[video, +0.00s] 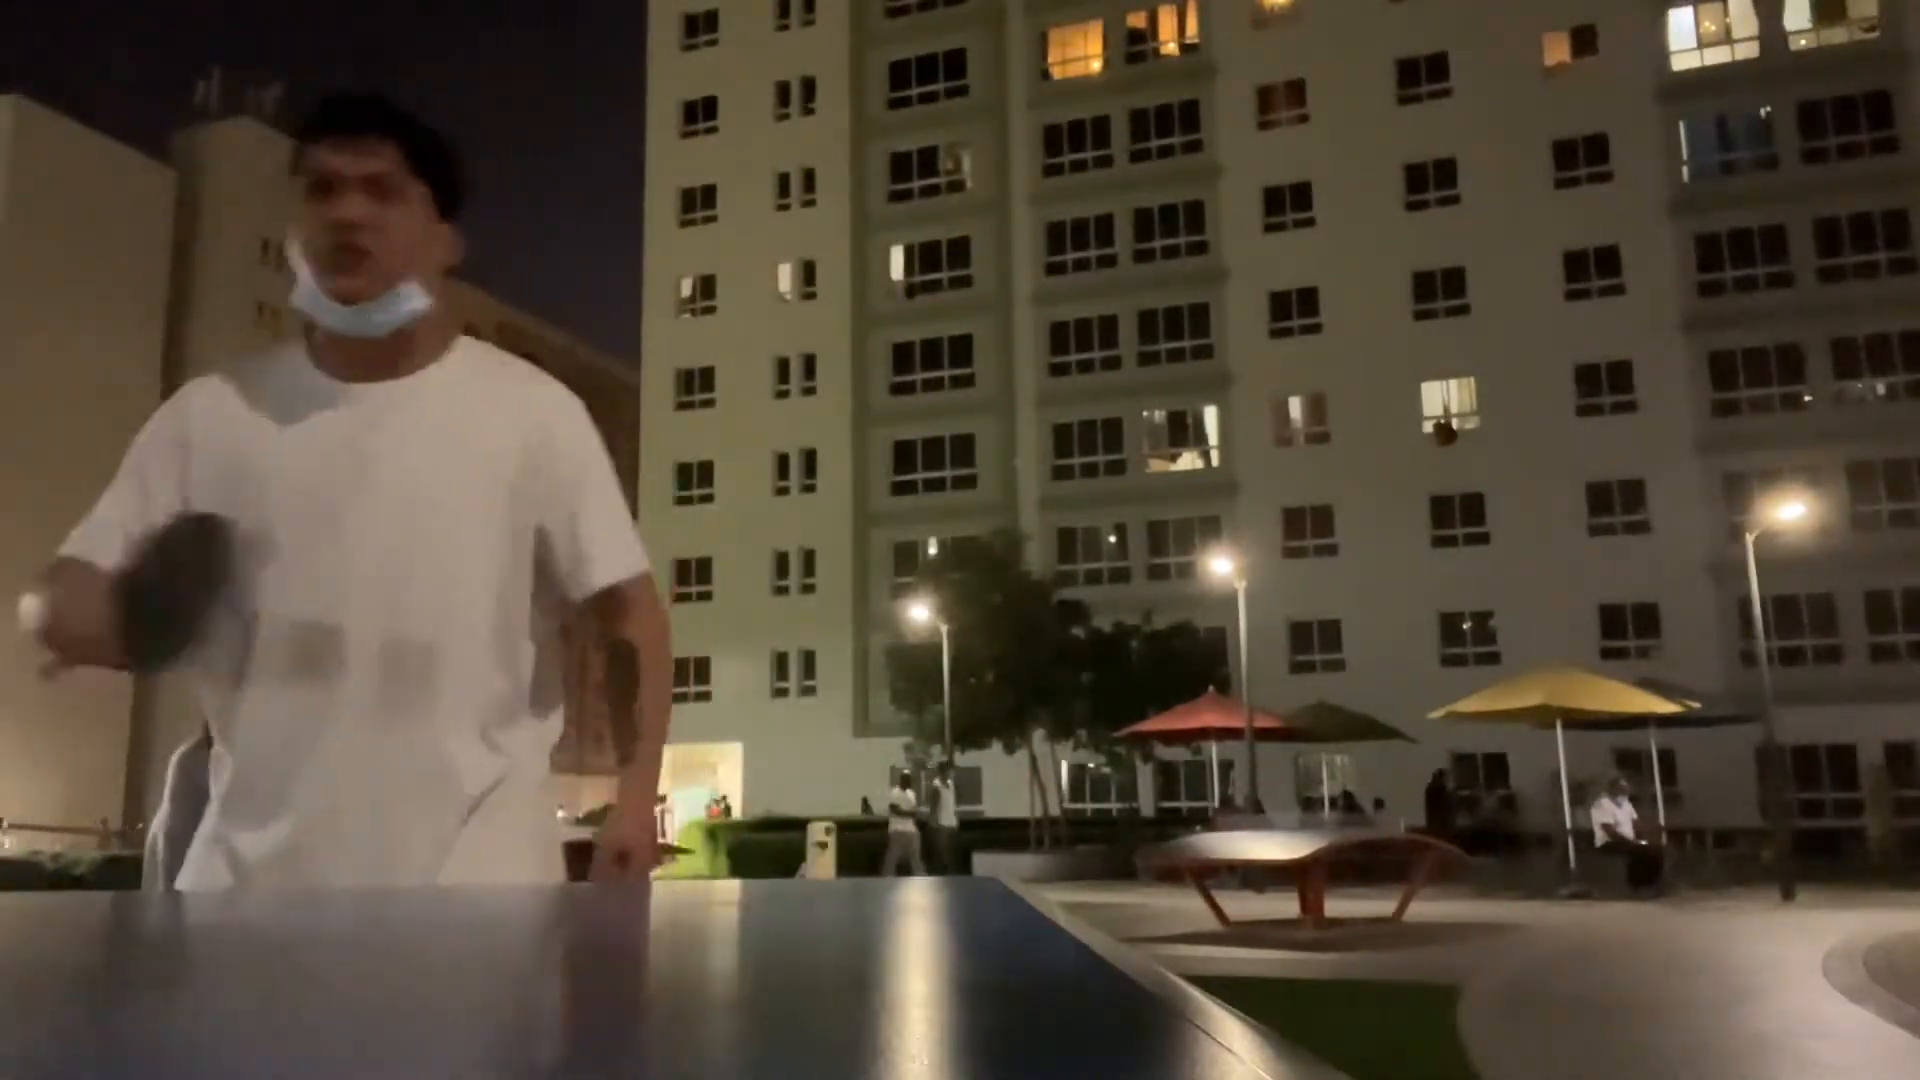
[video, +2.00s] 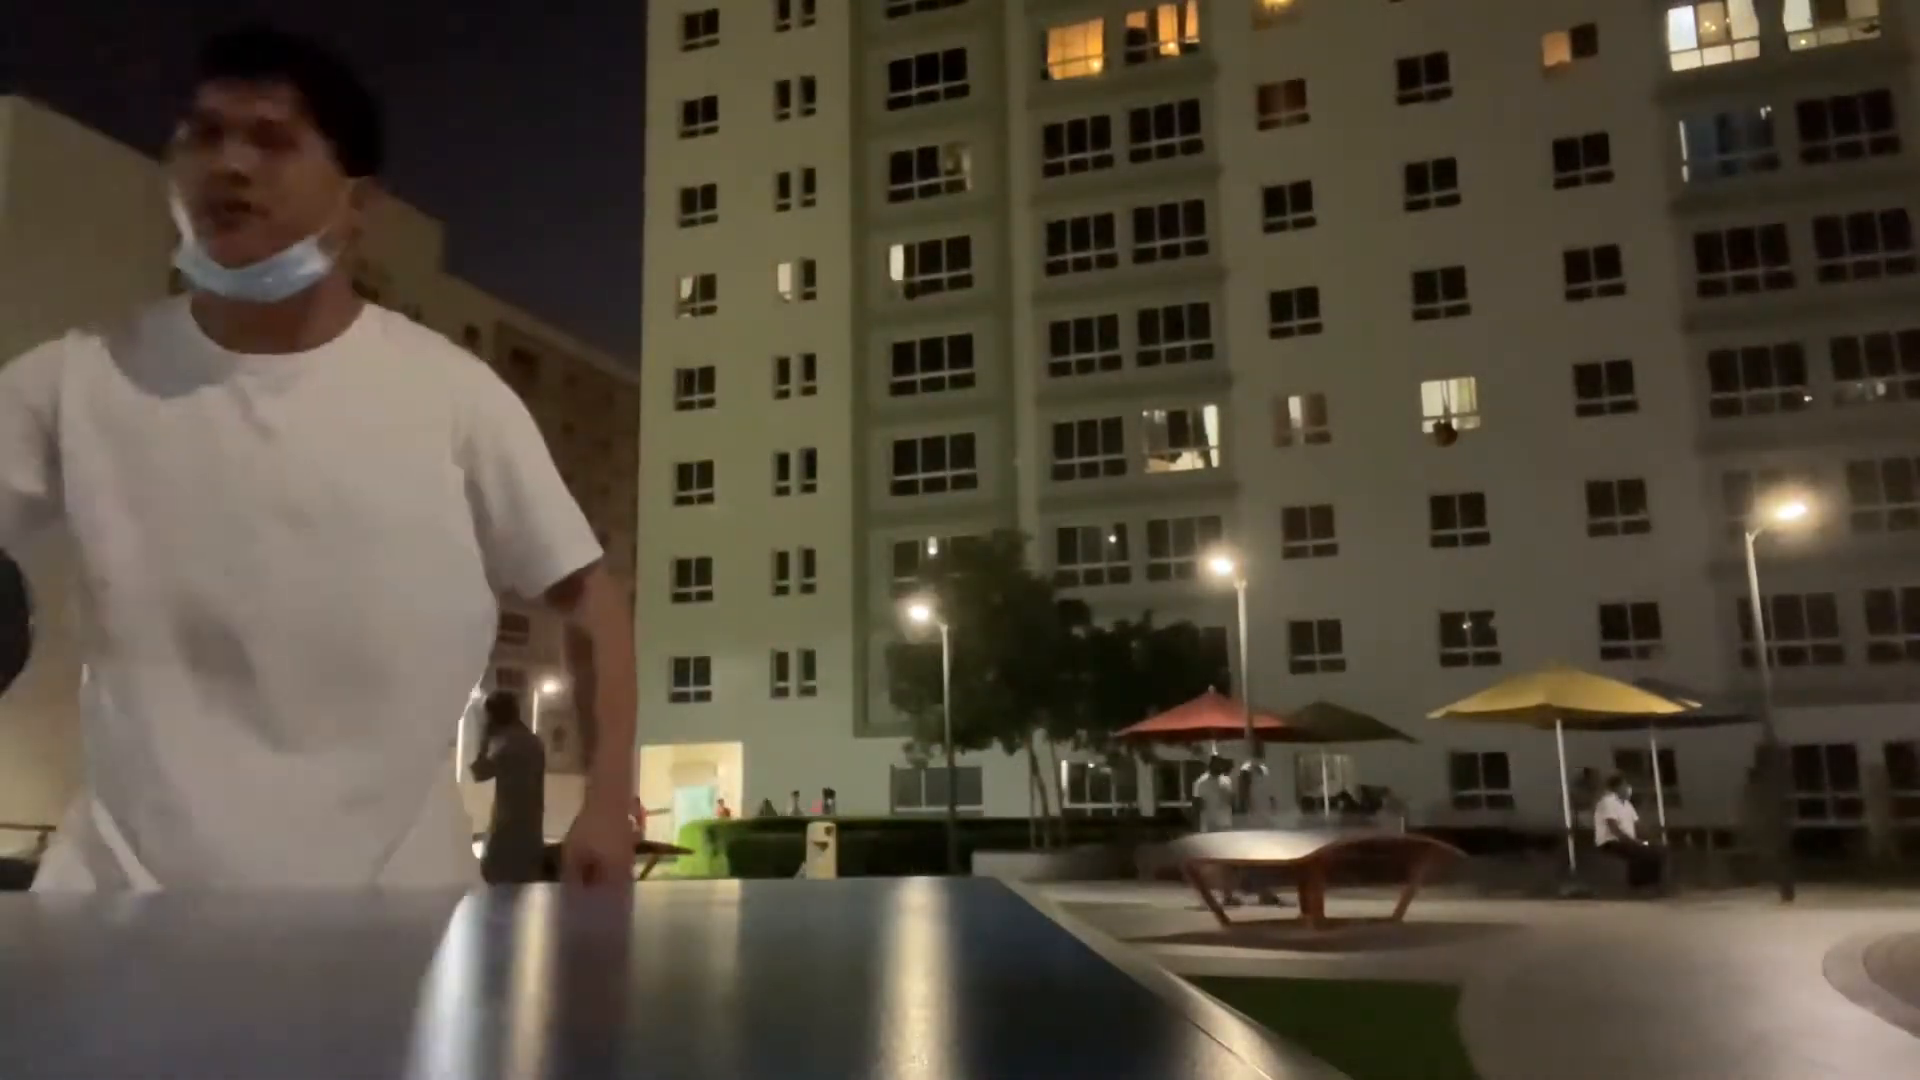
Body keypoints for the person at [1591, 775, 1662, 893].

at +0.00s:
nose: (1625, 790)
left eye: (1626, 787)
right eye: (1622, 787)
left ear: (1628, 788)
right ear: (1613, 788)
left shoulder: (1625, 802)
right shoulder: (1603, 804)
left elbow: (1635, 821)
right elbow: (1609, 829)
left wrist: (1646, 834)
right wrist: (1632, 842)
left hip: (1629, 839)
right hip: (1609, 842)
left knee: (1653, 850)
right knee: (1639, 852)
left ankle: (1650, 885)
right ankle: (1637, 887)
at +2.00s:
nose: (1629, 790)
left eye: (1629, 787)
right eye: (1626, 786)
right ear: (1617, 788)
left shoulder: (1626, 803)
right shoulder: (1608, 801)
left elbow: (1636, 823)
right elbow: (1612, 826)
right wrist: (1634, 841)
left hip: (1627, 839)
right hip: (1609, 841)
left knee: (1652, 852)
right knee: (1637, 854)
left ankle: (1651, 886)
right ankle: (1636, 888)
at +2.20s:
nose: (1631, 790)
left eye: (1631, 787)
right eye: (1627, 786)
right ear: (1619, 786)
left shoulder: (1626, 803)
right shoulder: (1610, 799)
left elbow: (1636, 822)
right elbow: (1613, 822)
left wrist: (1647, 835)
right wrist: (1633, 841)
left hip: (1627, 841)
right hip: (1611, 843)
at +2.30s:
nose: (1630, 790)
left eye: (1630, 786)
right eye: (1627, 786)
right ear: (1618, 786)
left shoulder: (1626, 803)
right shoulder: (1610, 799)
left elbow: (1636, 822)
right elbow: (1613, 822)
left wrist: (1646, 836)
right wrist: (1633, 841)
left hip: (1626, 842)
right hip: (1611, 843)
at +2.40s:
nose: (1630, 790)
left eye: (1630, 786)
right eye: (1626, 786)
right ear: (1618, 787)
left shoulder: (1626, 804)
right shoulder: (1608, 800)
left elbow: (1636, 822)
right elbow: (1612, 822)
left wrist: (1645, 836)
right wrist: (1632, 841)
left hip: (1627, 841)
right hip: (1610, 842)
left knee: (1652, 852)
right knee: (1641, 855)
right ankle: (1638, 888)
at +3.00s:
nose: (1626, 791)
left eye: (1627, 787)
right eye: (1622, 787)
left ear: (1629, 790)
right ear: (1614, 789)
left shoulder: (1626, 803)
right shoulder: (1607, 802)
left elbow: (1637, 821)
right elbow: (1610, 824)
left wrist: (1650, 835)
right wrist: (1631, 841)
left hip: (1629, 840)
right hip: (1609, 842)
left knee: (1653, 851)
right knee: (1637, 853)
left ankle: (1653, 885)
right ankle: (1637, 887)